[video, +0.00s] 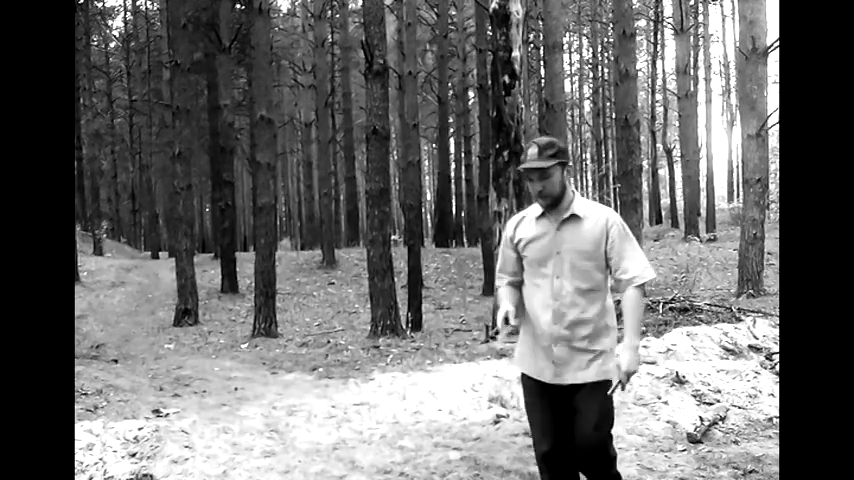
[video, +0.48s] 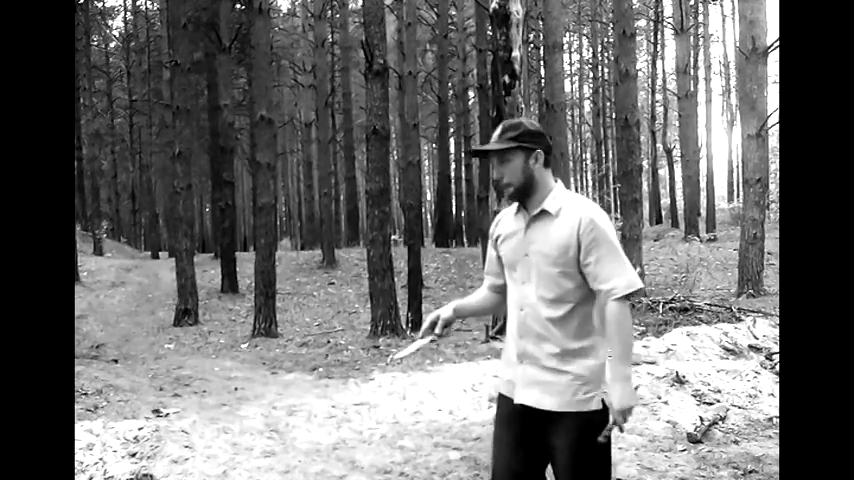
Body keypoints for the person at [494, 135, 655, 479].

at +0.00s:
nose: (537, 187)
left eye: (544, 177)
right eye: (530, 179)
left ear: (565, 171)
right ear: (523, 180)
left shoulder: (604, 222)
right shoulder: (518, 228)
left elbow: (632, 284)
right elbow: (507, 279)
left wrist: (630, 346)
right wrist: (507, 303)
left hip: (591, 365)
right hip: (537, 366)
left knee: (592, 454)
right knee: (550, 460)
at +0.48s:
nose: (495, 174)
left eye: (504, 161)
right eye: (493, 163)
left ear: (537, 158)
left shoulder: (585, 218)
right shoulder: (503, 223)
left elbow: (617, 297)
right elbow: (495, 293)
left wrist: (620, 383)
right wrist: (453, 310)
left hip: (576, 399)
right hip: (516, 396)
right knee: (506, 475)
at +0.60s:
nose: (484, 167)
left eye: (491, 154)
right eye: (482, 157)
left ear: (524, 151)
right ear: (520, 153)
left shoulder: (570, 211)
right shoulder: (496, 220)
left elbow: (598, 292)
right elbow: (492, 287)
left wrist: (588, 376)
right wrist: (444, 301)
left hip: (568, 392)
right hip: (508, 386)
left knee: (576, 475)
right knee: (485, 470)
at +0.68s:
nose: (470, 169)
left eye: (478, 156)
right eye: (469, 159)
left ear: (510, 153)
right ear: (505, 156)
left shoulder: (555, 211)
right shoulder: (489, 224)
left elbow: (576, 293)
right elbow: (490, 291)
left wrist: (544, 371)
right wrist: (437, 302)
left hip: (561, 398)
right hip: (501, 395)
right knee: (477, 475)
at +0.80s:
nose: (456, 173)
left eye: (462, 161)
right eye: (455, 164)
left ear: (492, 159)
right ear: (489, 161)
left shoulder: (538, 217)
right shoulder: (482, 231)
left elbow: (549, 301)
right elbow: (491, 302)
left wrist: (504, 370)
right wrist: (433, 314)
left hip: (543, 413)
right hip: (490, 407)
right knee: (477, 472)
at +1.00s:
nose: (431, 164)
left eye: (434, 153)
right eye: (432, 153)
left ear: (449, 157)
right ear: (484, 157)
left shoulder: (498, 217)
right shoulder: (486, 213)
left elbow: (503, 314)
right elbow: (484, 306)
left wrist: (454, 391)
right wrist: (432, 318)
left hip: (498, 414)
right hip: (485, 409)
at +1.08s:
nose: (430, 160)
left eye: (431, 150)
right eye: (431, 149)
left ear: (440, 155)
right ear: (485, 154)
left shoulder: (479, 217)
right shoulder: (497, 206)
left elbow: (487, 316)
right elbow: (492, 288)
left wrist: (445, 401)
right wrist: (439, 311)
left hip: (485, 412)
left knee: (443, 473)